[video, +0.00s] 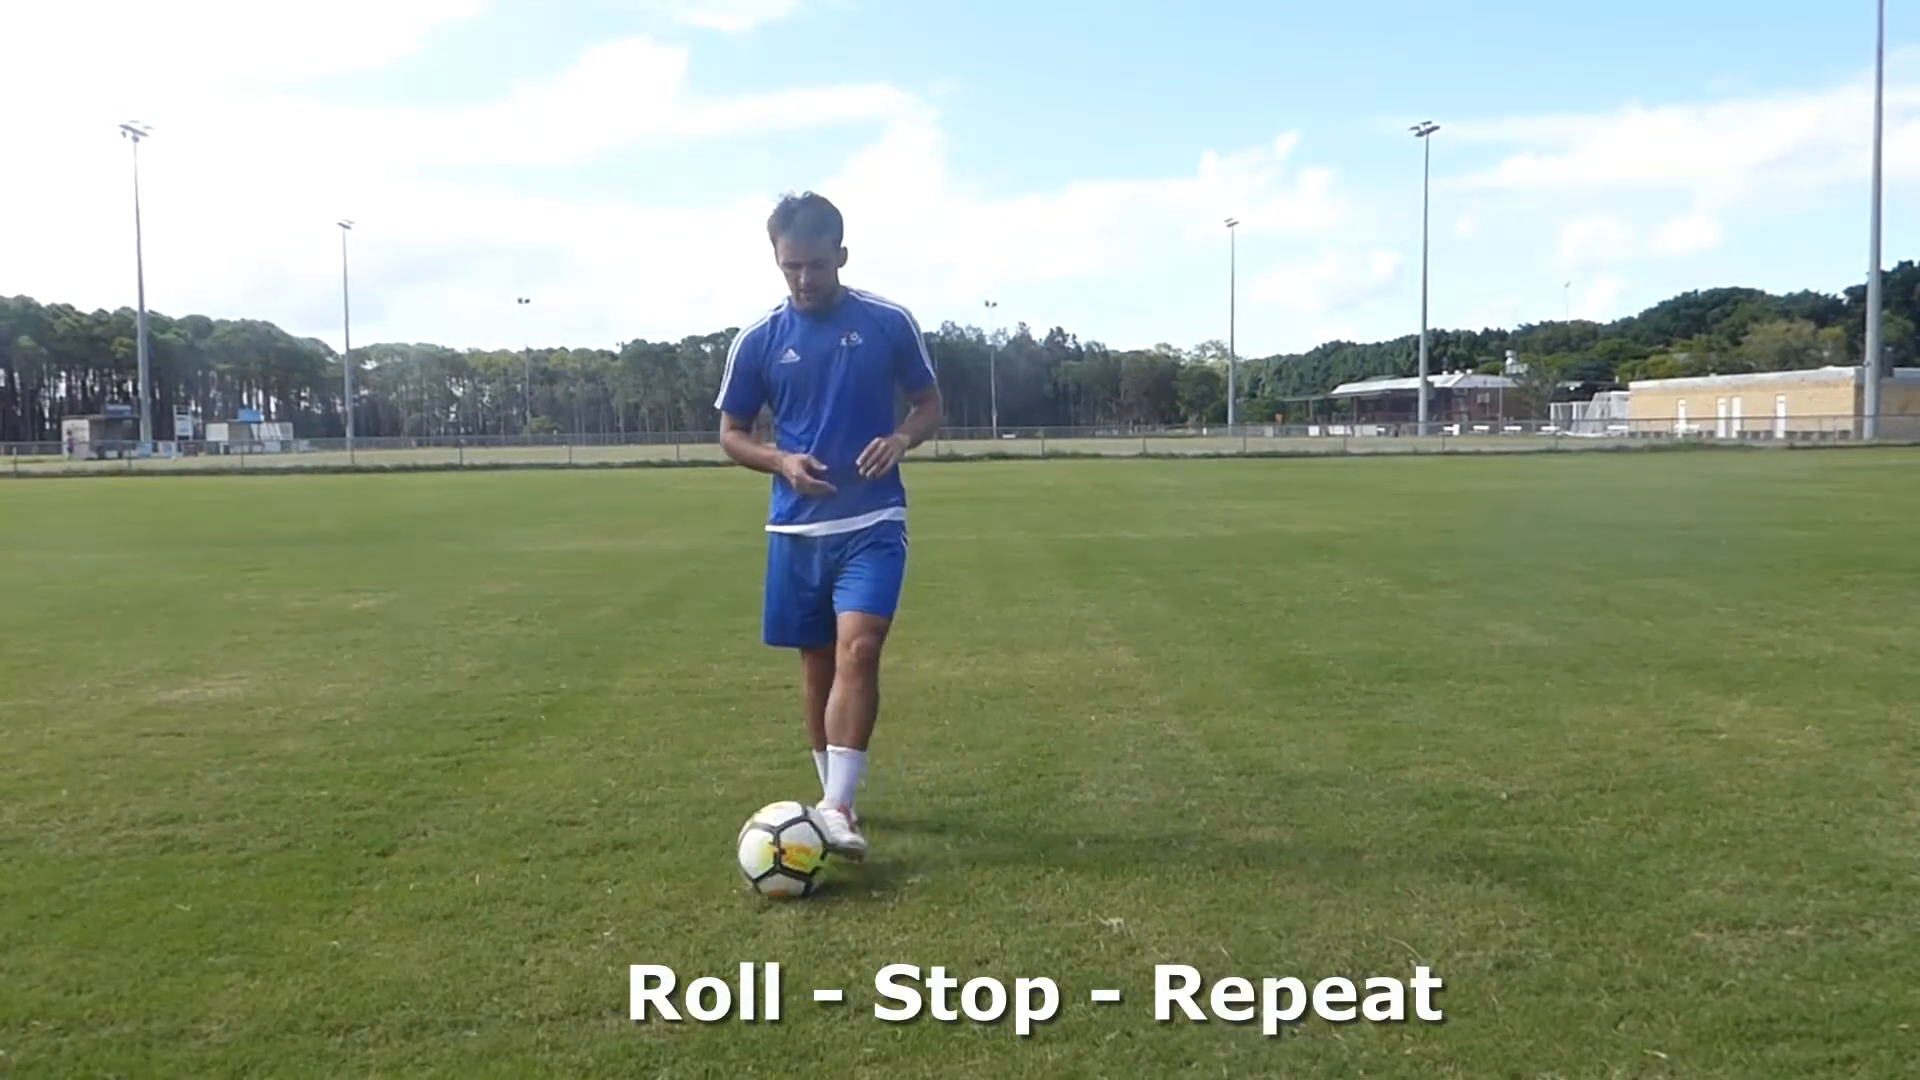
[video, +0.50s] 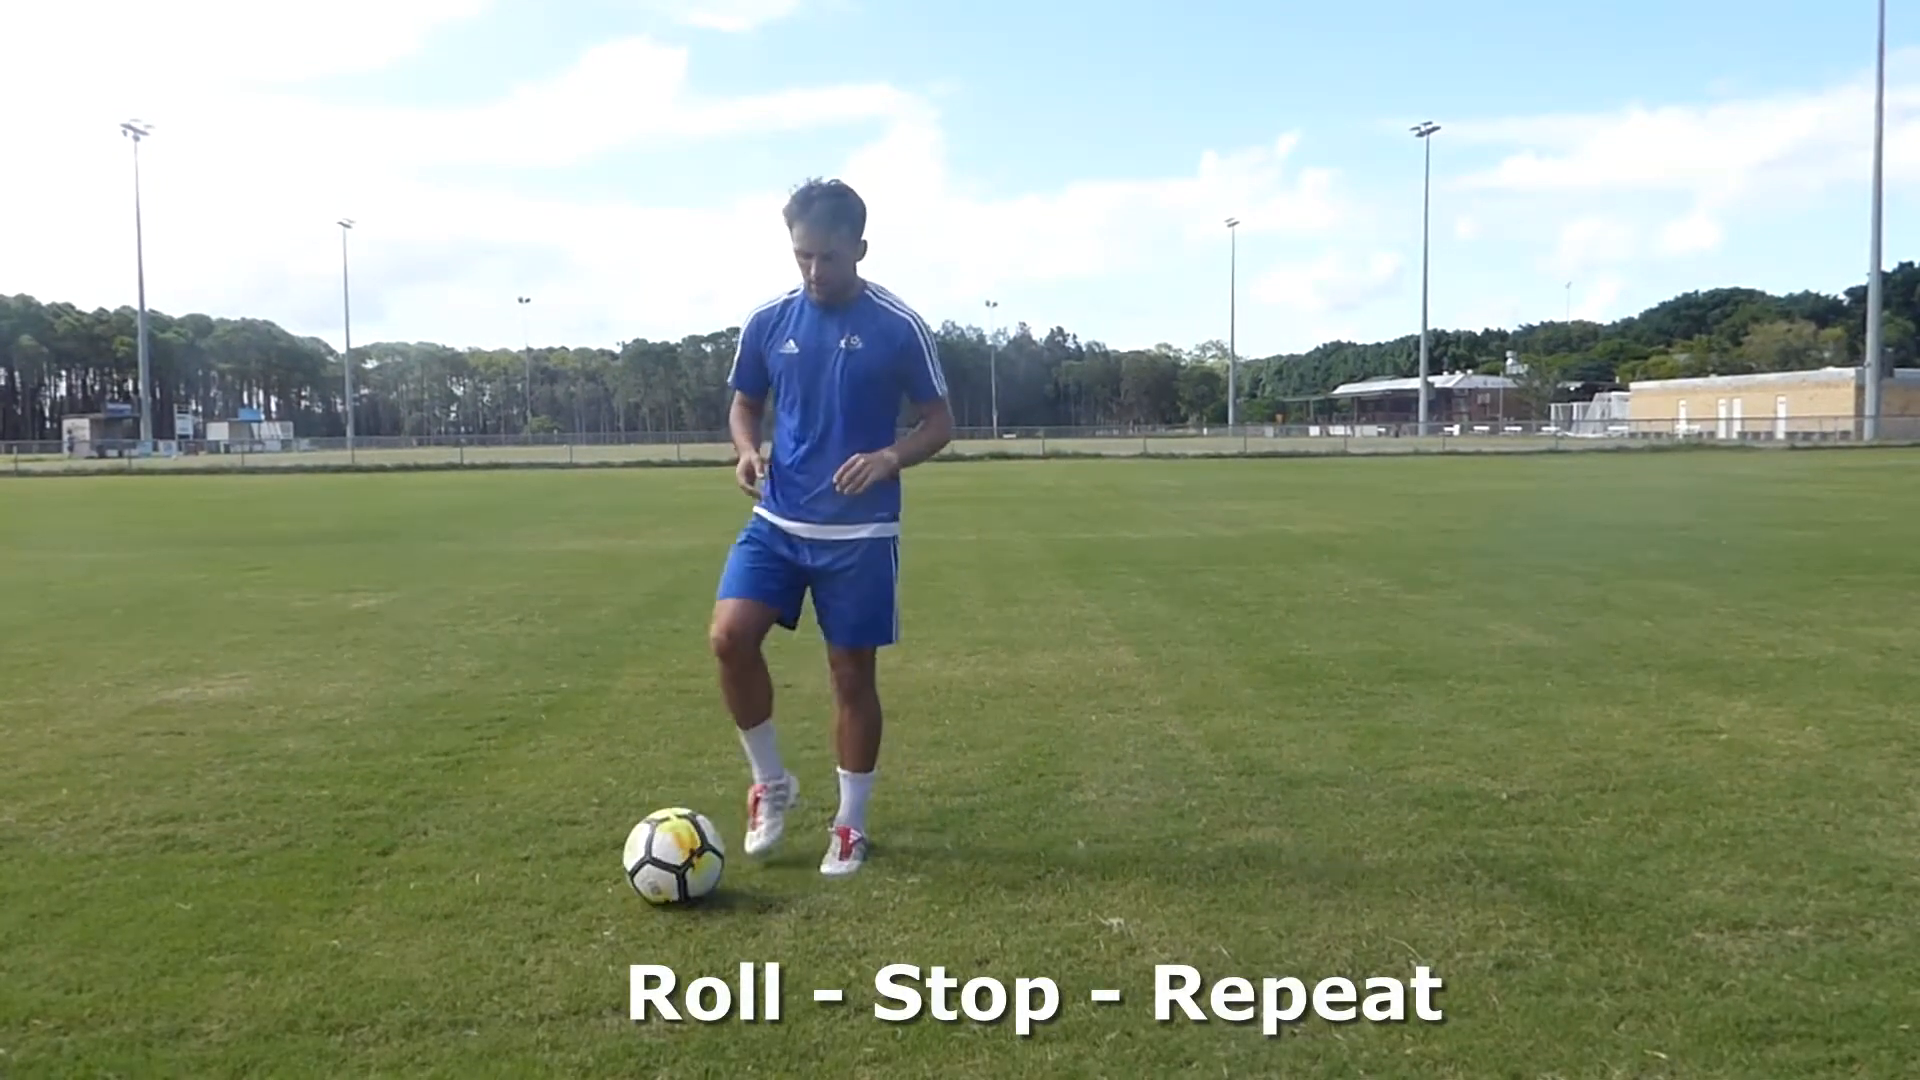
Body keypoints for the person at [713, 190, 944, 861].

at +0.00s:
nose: (805, 280)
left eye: (817, 265)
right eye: (790, 266)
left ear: (841, 255)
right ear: (774, 259)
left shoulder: (888, 323)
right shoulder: (758, 342)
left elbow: (930, 407)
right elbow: (731, 435)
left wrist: (901, 438)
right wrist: (780, 460)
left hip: (872, 524)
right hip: (797, 531)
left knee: (860, 651)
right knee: (819, 671)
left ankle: (839, 806)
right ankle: (835, 805)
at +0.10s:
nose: (804, 280)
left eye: (817, 265)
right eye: (790, 266)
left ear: (841, 253)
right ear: (774, 258)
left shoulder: (888, 324)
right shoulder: (758, 339)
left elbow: (928, 409)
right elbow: (729, 433)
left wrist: (900, 438)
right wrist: (775, 456)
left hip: (868, 523)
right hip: (795, 530)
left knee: (851, 659)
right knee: (816, 672)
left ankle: (838, 815)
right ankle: (833, 802)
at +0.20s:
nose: (804, 280)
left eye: (817, 265)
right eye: (791, 266)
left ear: (845, 254)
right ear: (777, 258)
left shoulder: (891, 328)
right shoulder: (759, 337)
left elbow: (930, 413)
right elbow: (727, 429)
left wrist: (900, 445)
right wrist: (765, 451)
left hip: (862, 527)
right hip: (789, 532)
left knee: (849, 673)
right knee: (810, 678)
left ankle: (852, 823)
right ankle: (835, 799)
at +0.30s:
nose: (809, 279)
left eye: (823, 264)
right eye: (797, 264)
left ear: (852, 254)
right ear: (783, 257)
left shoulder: (895, 330)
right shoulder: (761, 334)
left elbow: (934, 420)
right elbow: (733, 420)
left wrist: (895, 454)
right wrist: (753, 450)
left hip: (861, 531)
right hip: (785, 531)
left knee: (848, 675)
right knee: (791, 677)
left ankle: (849, 823)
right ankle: (830, 787)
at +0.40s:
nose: (815, 276)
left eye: (828, 261)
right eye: (802, 261)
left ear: (858, 251)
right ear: (789, 253)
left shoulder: (899, 329)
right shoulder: (766, 328)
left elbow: (939, 422)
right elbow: (739, 411)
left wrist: (893, 455)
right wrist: (749, 447)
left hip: (860, 534)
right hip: (782, 530)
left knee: (850, 675)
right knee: (755, 660)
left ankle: (851, 823)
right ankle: (816, 772)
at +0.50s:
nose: (816, 272)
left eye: (829, 257)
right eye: (804, 256)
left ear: (859, 247)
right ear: (790, 248)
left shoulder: (899, 326)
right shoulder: (768, 323)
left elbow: (939, 422)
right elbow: (744, 405)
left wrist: (889, 457)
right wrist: (749, 447)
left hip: (857, 534)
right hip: (776, 524)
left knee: (851, 678)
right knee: (729, 637)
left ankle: (849, 825)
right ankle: (770, 783)